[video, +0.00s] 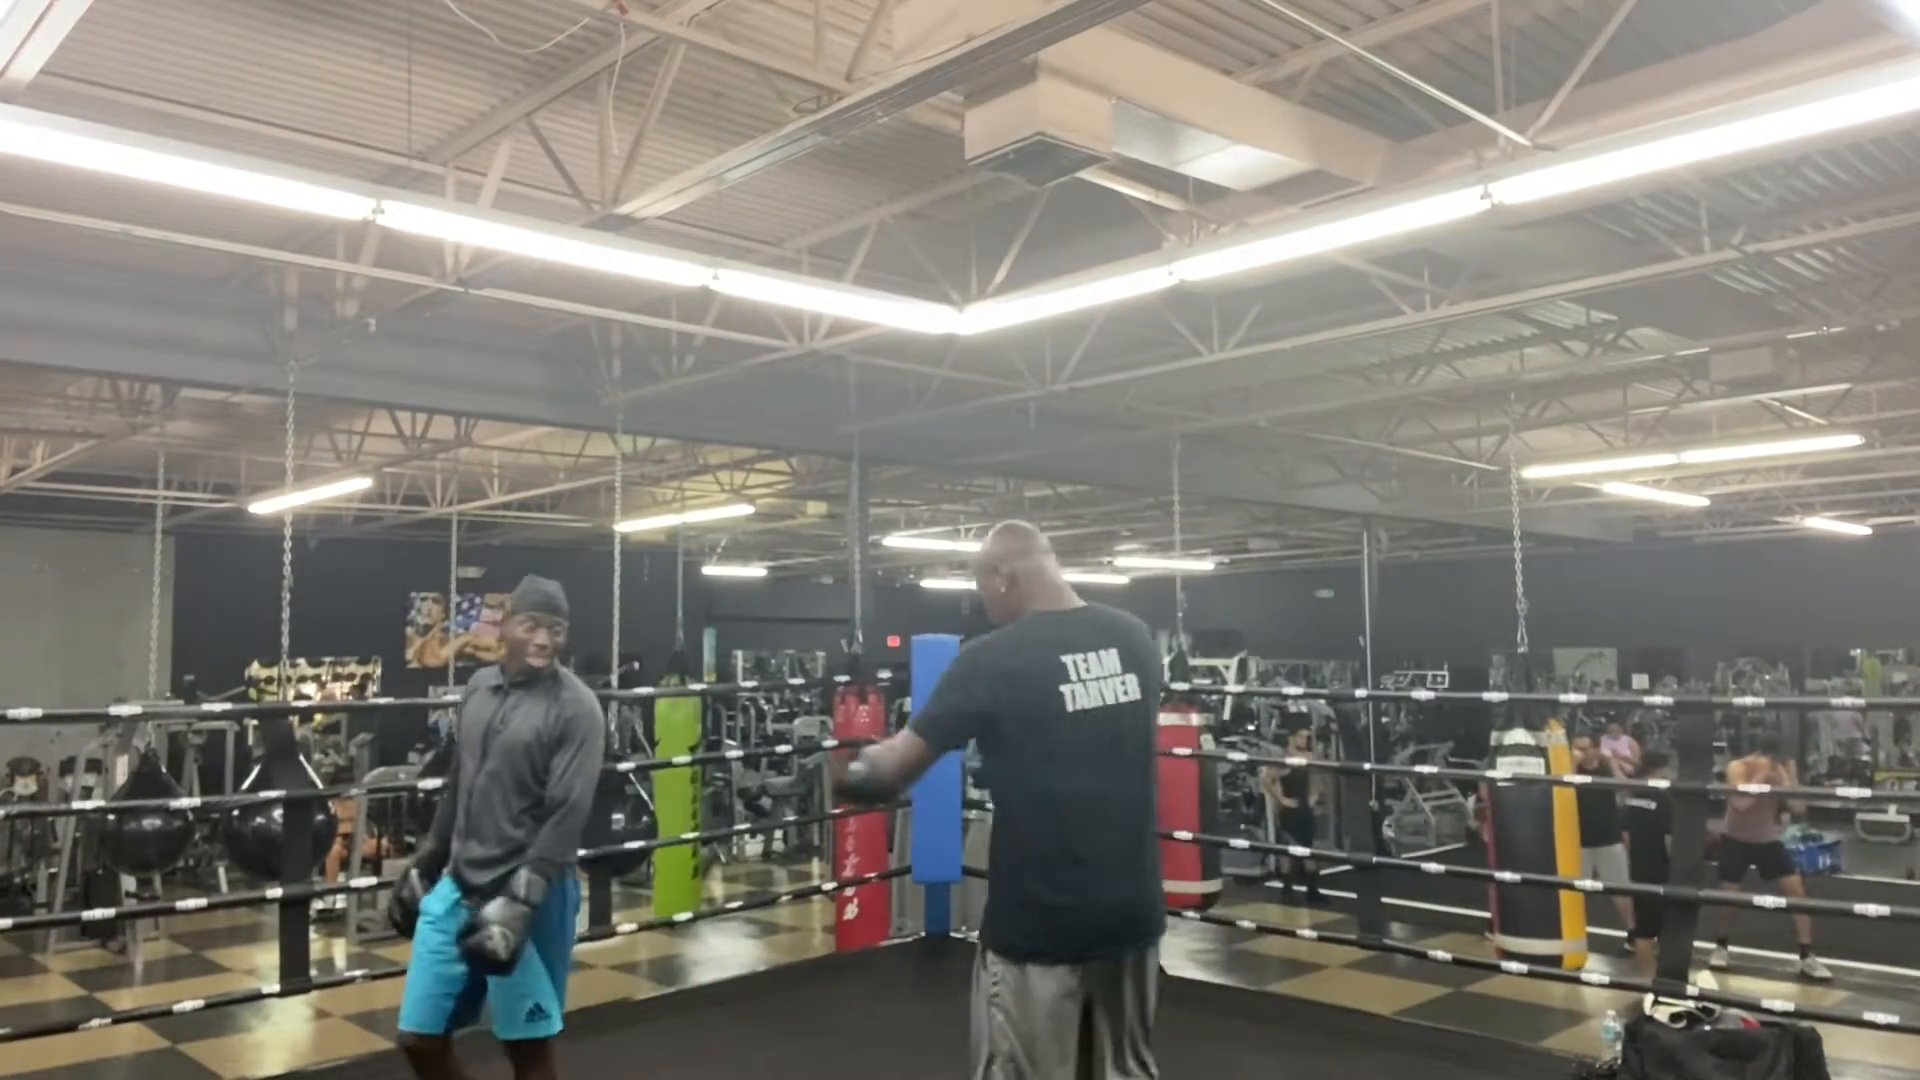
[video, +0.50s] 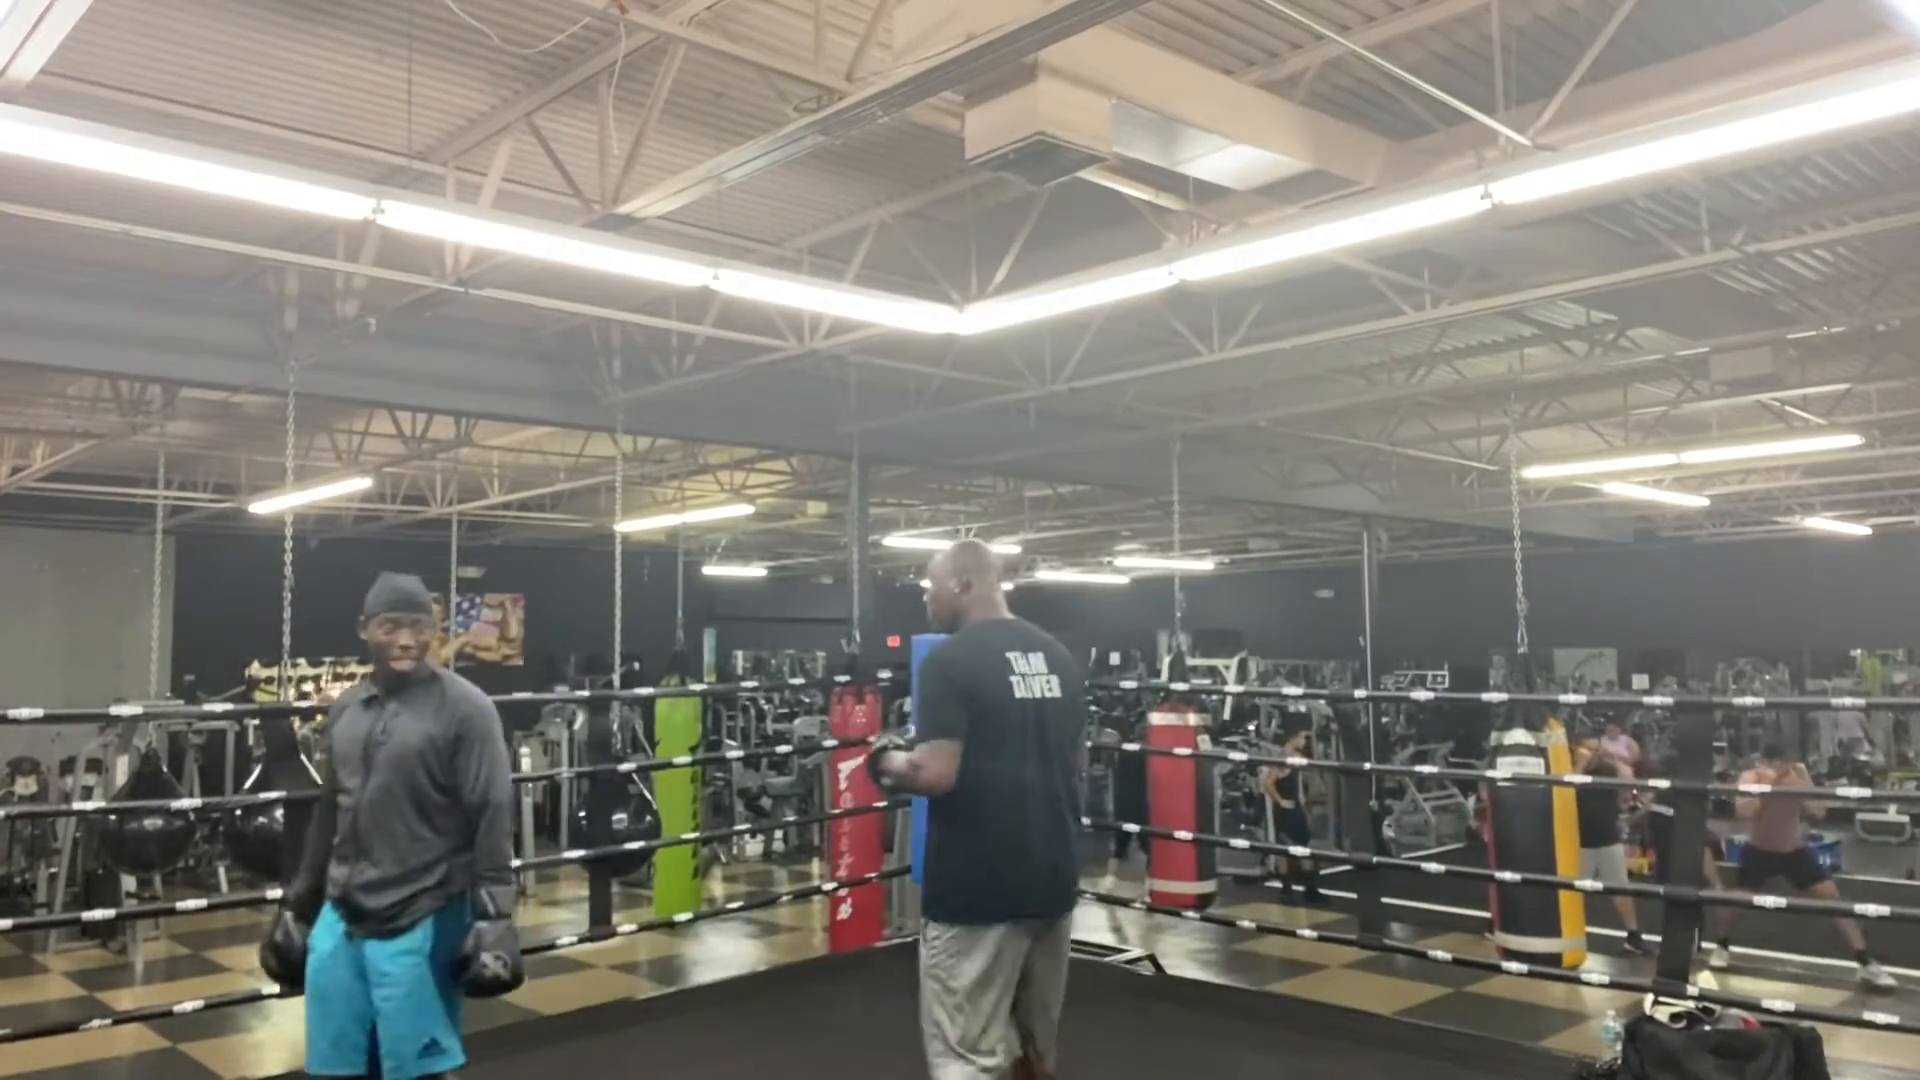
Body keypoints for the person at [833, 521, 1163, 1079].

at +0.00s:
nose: (984, 608)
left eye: (982, 590)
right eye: (981, 592)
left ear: (1004, 576)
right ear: (1055, 566)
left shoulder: (989, 660)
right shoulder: (1134, 635)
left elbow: (896, 765)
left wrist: (861, 766)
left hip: (1036, 918)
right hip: (1133, 909)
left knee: (1021, 1068)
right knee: (1127, 1066)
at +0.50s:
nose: (926, 599)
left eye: (931, 587)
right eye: (927, 588)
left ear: (962, 585)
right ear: (991, 585)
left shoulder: (951, 658)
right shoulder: (1060, 657)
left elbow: (937, 773)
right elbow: (1070, 762)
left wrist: (888, 761)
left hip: (973, 888)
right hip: (1050, 880)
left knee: (965, 1057)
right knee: (1034, 1052)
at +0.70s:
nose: (903, 581)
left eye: (913, 567)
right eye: (906, 569)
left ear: (950, 571)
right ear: (965, 573)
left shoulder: (934, 646)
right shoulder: (1019, 640)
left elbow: (900, 747)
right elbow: (983, 737)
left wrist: (856, 723)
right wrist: (890, 721)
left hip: (945, 866)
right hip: (1025, 860)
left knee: (899, 1018)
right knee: (1026, 1030)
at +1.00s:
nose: (844, 592)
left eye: (855, 581)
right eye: (846, 582)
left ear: (895, 587)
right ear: (901, 589)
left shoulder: (886, 665)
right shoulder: (951, 645)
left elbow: (872, 775)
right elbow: (936, 746)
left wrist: (822, 744)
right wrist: (862, 723)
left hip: (898, 874)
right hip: (965, 864)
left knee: (863, 1013)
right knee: (968, 1013)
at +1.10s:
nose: (818, 599)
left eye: (829, 588)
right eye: (819, 588)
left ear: (870, 592)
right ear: (872, 593)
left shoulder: (871, 671)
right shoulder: (919, 647)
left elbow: (855, 776)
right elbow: (912, 740)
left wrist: (807, 745)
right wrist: (844, 715)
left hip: (878, 866)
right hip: (922, 854)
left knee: (857, 1017)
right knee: (908, 988)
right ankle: (963, 1071)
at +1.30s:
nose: (799, 595)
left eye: (809, 583)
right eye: (800, 583)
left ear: (848, 587)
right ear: (846, 589)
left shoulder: (867, 657)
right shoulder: (854, 650)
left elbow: (861, 769)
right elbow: (846, 746)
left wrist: (797, 743)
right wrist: (801, 735)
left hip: (871, 867)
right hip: (855, 861)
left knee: (861, 1017)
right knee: (856, 1010)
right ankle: (878, 1073)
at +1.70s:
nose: (802, 587)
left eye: (813, 577)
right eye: (793, 578)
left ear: (838, 584)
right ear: (784, 584)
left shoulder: (866, 649)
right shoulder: (780, 639)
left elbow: (918, 726)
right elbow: (766, 709)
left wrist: (847, 726)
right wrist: (754, 716)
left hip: (854, 840)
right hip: (794, 836)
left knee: (853, 969)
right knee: (804, 966)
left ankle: (876, 1074)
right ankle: (829, 1070)